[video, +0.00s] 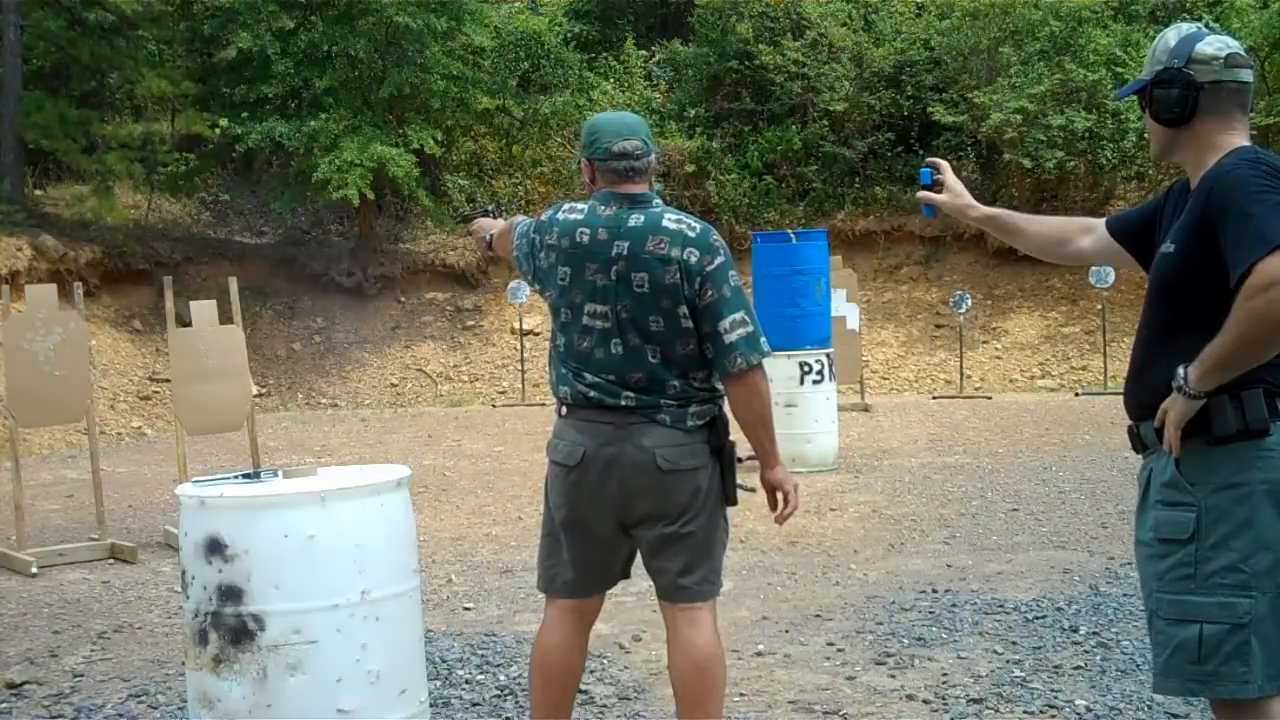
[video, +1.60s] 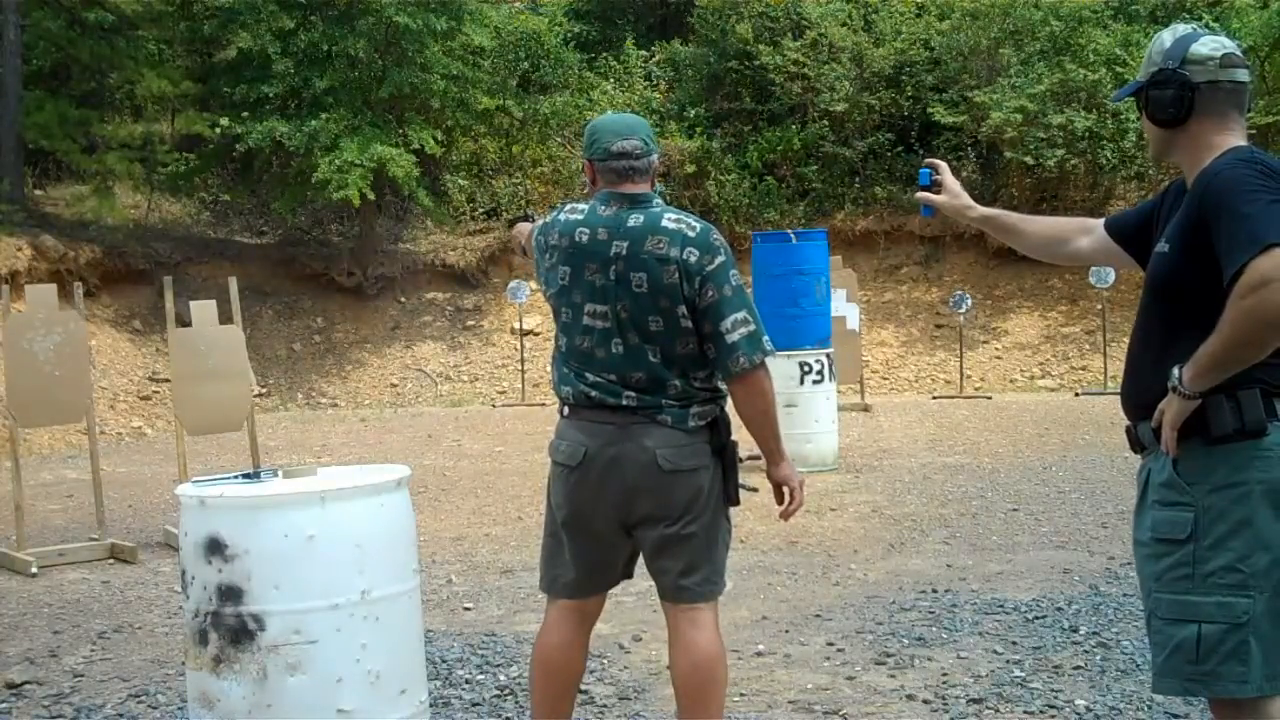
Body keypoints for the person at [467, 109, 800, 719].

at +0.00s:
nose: (582, 171)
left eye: (583, 164)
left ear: (588, 171)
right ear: (653, 167)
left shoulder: (560, 230)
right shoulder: (698, 241)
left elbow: (507, 241)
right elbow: (740, 364)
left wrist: (490, 227)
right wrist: (770, 460)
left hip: (583, 446)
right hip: (678, 450)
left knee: (568, 609)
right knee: (691, 611)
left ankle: (548, 716)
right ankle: (702, 715)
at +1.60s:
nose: (583, 174)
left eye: (584, 167)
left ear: (590, 172)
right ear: (656, 167)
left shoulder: (562, 234)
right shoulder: (697, 240)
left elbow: (528, 236)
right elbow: (745, 365)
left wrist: (529, 230)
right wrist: (776, 456)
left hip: (584, 446)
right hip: (682, 450)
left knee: (569, 607)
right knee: (693, 611)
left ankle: (547, 715)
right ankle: (703, 718)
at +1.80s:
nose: (584, 174)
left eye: (585, 167)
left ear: (590, 171)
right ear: (657, 168)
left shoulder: (559, 235)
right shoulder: (698, 241)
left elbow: (562, 283)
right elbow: (746, 367)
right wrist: (777, 458)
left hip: (585, 446)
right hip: (682, 451)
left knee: (570, 607)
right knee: (693, 611)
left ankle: (548, 715)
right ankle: (703, 718)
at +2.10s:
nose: (591, 172)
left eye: (592, 165)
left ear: (597, 171)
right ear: (663, 168)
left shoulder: (567, 233)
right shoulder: (701, 241)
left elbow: (536, 236)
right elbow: (747, 367)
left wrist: (583, 207)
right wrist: (777, 458)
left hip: (586, 446)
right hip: (684, 451)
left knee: (571, 606)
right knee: (693, 610)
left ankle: (548, 715)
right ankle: (703, 718)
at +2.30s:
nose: (591, 173)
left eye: (591, 165)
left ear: (596, 171)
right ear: (662, 168)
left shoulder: (566, 233)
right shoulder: (699, 241)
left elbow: (535, 237)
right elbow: (749, 367)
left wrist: (536, 228)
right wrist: (779, 457)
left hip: (586, 446)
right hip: (685, 451)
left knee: (571, 606)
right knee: (694, 610)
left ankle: (548, 715)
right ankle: (703, 718)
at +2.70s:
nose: (587, 173)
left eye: (589, 166)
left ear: (594, 171)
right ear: (660, 167)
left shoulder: (563, 234)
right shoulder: (699, 240)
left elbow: (539, 242)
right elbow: (748, 368)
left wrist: (531, 233)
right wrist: (778, 457)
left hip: (586, 445)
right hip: (683, 450)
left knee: (570, 607)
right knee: (694, 611)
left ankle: (547, 715)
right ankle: (703, 719)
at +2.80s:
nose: (587, 174)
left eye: (588, 166)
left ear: (595, 171)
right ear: (661, 167)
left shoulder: (563, 234)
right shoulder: (699, 241)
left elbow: (542, 240)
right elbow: (748, 367)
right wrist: (778, 458)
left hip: (586, 445)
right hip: (684, 450)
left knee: (571, 607)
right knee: (693, 611)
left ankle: (547, 715)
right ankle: (703, 718)